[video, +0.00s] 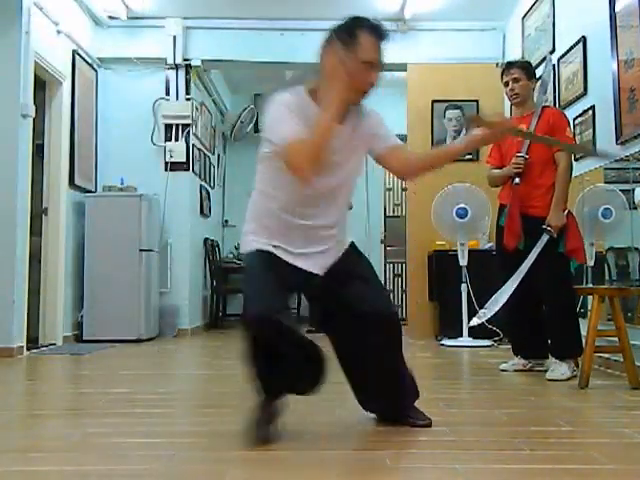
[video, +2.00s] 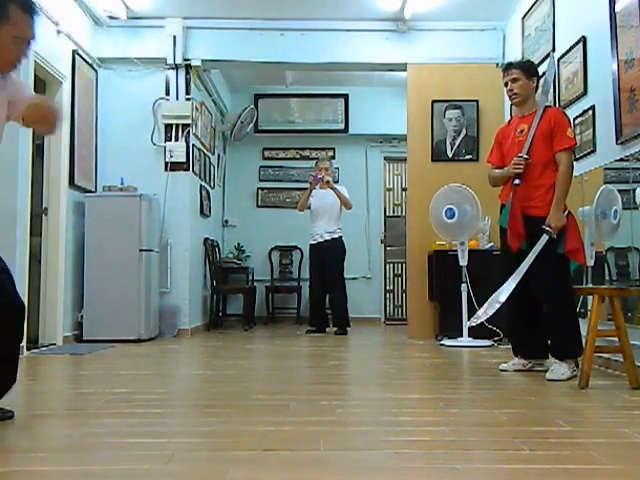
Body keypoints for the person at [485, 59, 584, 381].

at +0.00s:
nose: (511, 87)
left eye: (517, 80)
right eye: (507, 83)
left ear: (533, 83)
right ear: (504, 90)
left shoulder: (552, 117)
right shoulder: (503, 129)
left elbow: (564, 163)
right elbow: (492, 177)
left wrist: (558, 209)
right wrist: (508, 171)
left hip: (546, 213)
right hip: (512, 214)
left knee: (554, 284)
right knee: (517, 283)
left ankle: (564, 357)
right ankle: (529, 354)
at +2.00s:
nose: (509, 87)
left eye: (515, 80)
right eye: (506, 83)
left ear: (534, 82)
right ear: (505, 89)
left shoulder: (553, 117)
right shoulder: (504, 131)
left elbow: (565, 164)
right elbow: (493, 177)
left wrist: (557, 209)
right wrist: (508, 171)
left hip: (546, 214)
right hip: (513, 216)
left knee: (553, 284)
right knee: (519, 284)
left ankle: (565, 358)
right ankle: (529, 354)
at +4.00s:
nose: (514, 86)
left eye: (520, 80)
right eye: (510, 83)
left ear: (537, 82)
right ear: (507, 89)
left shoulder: (555, 120)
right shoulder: (507, 128)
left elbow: (566, 165)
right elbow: (493, 177)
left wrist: (559, 209)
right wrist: (509, 171)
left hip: (547, 214)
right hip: (514, 214)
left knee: (554, 285)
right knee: (521, 284)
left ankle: (566, 357)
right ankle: (529, 354)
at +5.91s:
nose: (514, 87)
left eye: (520, 81)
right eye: (511, 82)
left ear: (538, 83)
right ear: (509, 87)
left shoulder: (556, 117)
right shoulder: (506, 130)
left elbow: (567, 166)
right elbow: (494, 176)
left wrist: (560, 209)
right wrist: (510, 172)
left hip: (547, 214)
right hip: (514, 215)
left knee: (553, 285)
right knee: (520, 285)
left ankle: (565, 358)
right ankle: (529, 355)